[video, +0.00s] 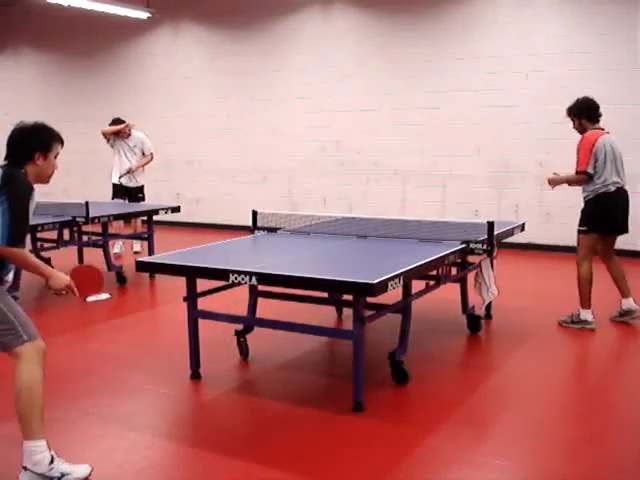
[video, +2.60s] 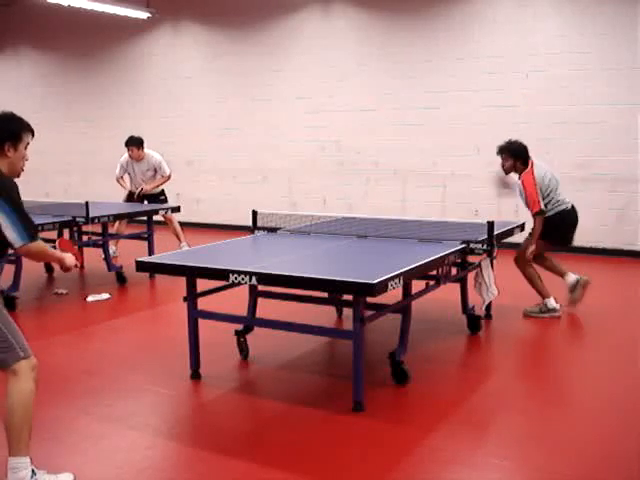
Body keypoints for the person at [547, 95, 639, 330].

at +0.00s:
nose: (573, 126)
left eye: (573, 121)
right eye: (572, 122)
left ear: (582, 119)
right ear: (594, 118)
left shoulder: (588, 139)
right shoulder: (608, 139)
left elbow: (584, 177)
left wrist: (560, 179)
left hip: (598, 200)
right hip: (619, 198)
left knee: (584, 257)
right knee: (607, 253)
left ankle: (585, 314)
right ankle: (629, 304)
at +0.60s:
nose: (553, 133)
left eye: (554, 128)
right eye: (552, 128)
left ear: (564, 128)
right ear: (574, 127)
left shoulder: (568, 147)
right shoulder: (590, 145)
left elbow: (562, 183)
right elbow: (592, 185)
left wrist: (541, 201)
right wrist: (564, 198)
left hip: (591, 201)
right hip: (613, 198)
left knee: (568, 252)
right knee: (593, 252)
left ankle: (568, 307)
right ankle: (597, 304)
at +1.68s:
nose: (553, 135)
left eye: (554, 131)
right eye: (553, 131)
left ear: (560, 133)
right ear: (578, 132)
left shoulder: (554, 152)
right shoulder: (595, 153)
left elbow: (539, 180)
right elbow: (607, 184)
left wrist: (523, 186)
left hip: (574, 203)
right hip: (601, 203)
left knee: (558, 255)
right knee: (584, 254)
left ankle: (561, 308)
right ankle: (592, 305)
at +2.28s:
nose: (541, 133)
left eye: (543, 130)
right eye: (542, 130)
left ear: (547, 132)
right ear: (565, 131)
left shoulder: (542, 150)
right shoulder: (579, 144)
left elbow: (548, 172)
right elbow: (596, 155)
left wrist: (555, 194)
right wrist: (608, 183)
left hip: (565, 197)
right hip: (589, 196)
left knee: (552, 252)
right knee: (585, 252)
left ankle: (560, 306)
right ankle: (592, 304)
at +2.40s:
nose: (522, 146)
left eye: (523, 142)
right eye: (522, 142)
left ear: (530, 143)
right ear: (544, 141)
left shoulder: (534, 160)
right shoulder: (564, 150)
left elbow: (548, 183)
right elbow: (588, 166)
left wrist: (556, 211)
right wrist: (609, 162)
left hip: (565, 202)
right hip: (587, 198)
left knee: (538, 251)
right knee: (579, 255)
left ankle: (554, 303)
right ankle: (591, 303)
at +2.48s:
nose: (508, 154)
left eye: (510, 150)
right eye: (509, 149)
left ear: (521, 151)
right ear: (529, 148)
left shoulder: (531, 168)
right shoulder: (548, 155)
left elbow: (546, 199)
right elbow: (571, 162)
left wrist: (546, 228)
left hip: (561, 211)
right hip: (581, 205)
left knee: (530, 254)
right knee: (570, 259)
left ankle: (550, 302)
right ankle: (589, 301)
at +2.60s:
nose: (502, 164)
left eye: (505, 160)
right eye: (502, 160)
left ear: (517, 161)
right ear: (520, 160)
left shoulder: (527, 179)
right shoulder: (533, 167)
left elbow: (539, 215)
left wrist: (531, 244)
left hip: (555, 218)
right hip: (567, 214)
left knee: (521, 260)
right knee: (536, 256)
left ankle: (549, 303)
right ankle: (572, 280)